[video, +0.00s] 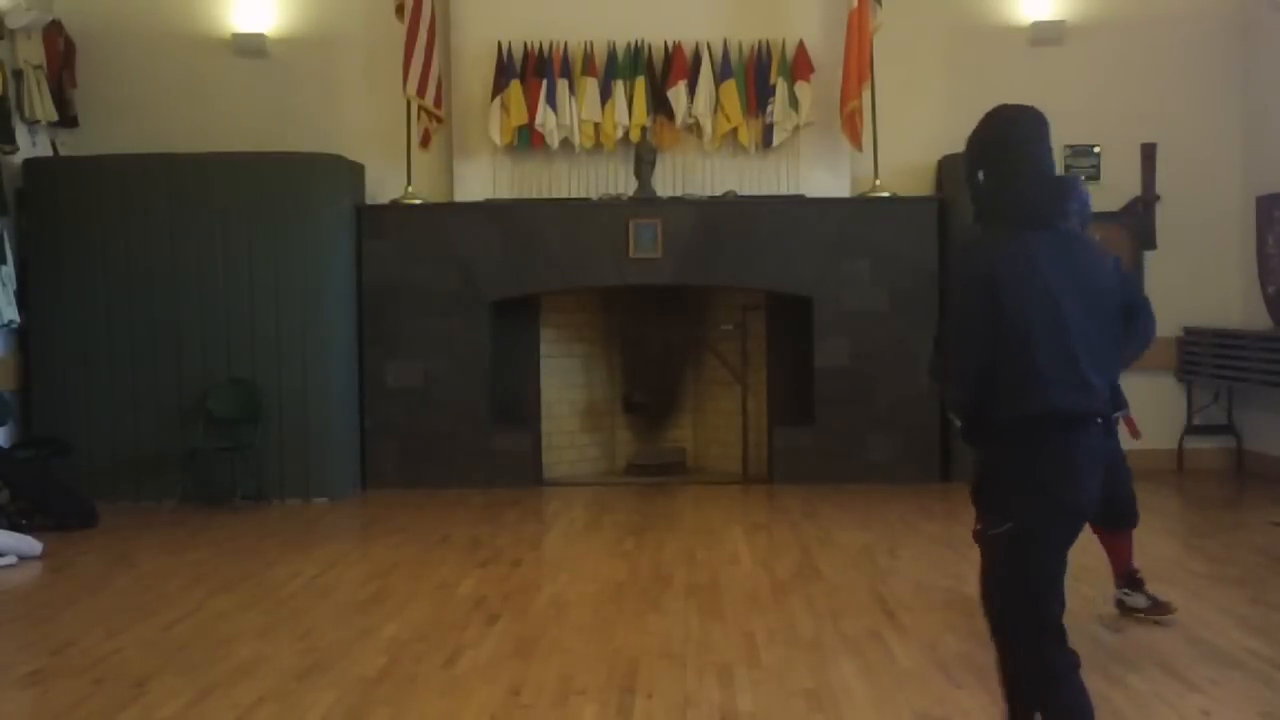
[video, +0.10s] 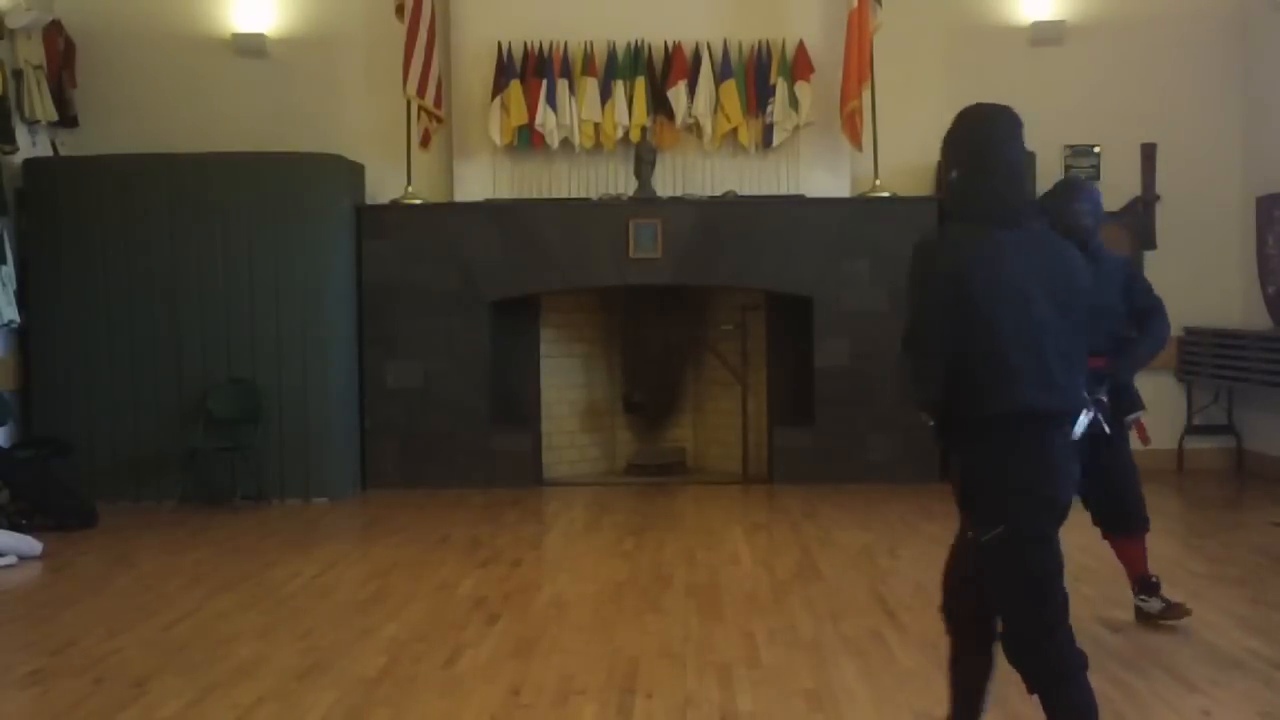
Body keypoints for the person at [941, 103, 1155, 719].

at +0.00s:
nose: (973, 179)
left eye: (976, 169)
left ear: (983, 176)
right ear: (1046, 169)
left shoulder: (978, 259)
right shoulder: (1084, 253)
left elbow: (957, 371)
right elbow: (1138, 326)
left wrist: (981, 427)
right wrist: (1085, 377)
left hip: (1020, 456)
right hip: (1082, 450)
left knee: (1026, 618)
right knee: (1016, 600)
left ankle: (1064, 709)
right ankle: (1027, 707)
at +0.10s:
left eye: (949, 165)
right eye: (1021, 157)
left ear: (954, 169)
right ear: (1022, 167)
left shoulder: (944, 252)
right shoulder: (1058, 254)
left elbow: (925, 363)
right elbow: (1098, 337)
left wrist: (945, 418)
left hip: (986, 454)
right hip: (1050, 451)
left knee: (1038, 634)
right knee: (968, 598)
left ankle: (1076, 706)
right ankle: (964, 710)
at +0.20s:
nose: (916, 180)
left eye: (919, 170)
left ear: (923, 176)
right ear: (991, 175)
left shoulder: (909, 260)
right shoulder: (1029, 264)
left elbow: (892, 367)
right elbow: (1048, 364)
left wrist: (921, 432)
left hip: (961, 461)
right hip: (1019, 455)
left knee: (1034, 639)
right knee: (928, 617)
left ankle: (1073, 705)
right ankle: (909, 710)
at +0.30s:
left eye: (891, 176)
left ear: (890, 182)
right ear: (955, 183)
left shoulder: (870, 265)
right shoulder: (991, 264)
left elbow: (850, 383)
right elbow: (1012, 362)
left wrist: (892, 447)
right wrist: (980, 434)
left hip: (924, 465)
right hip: (978, 460)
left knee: (999, 639)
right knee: (889, 623)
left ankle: (1053, 705)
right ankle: (877, 709)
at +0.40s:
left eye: (856, 173)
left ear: (852, 180)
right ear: (916, 184)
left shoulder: (829, 266)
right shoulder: (947, 271)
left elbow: (819, 378)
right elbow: (967, 369)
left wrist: (848, 451)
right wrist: (937, 439)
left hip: (878, 470)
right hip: (930, 466)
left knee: (917, 644)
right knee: (853, 626)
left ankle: (1001, 711)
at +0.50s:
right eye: (874, 164)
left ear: (815, 170)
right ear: (879, 173)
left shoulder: (787, 255)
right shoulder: (906, 258)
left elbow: (761, 379)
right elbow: (938, 351)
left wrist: (810, 428)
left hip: (836, 463)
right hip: (900, 459)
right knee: (851, 630)